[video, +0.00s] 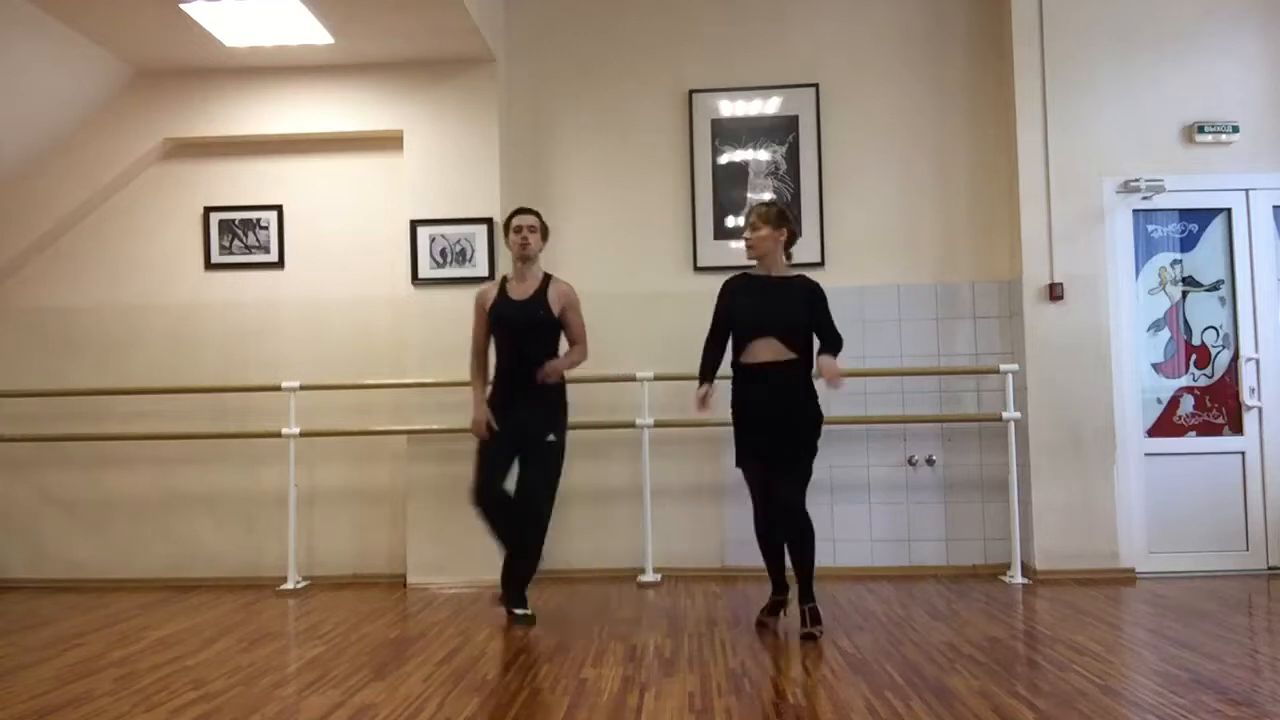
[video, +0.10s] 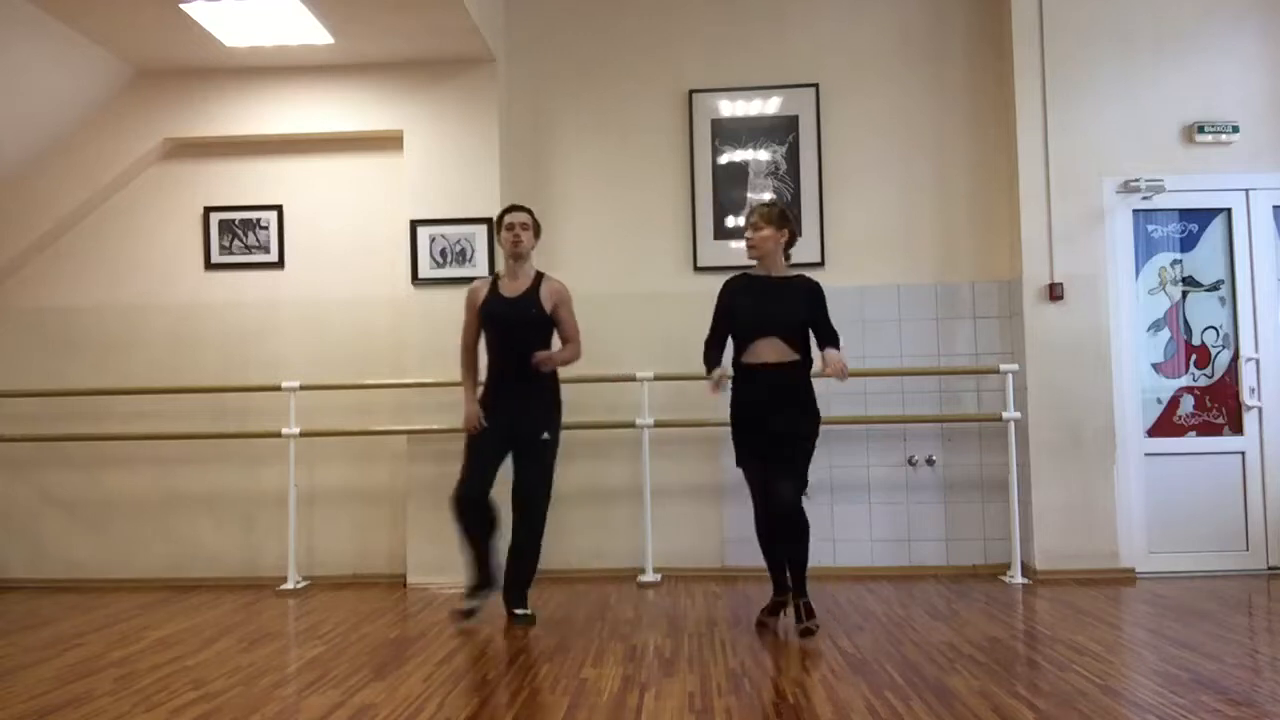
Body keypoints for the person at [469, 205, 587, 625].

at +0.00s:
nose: (524, 237)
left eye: (531, 231)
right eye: (517, 231)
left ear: (543, 240)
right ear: (507, 240)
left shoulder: (560, 292)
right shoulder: (489, 295)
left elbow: (580, 349)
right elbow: (479, 354)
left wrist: (561, 365)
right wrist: (479, 403)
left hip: (545, 407)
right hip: (503, 406)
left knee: (534, 506)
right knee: (486, 492)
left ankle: (517, 595)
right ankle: (525, 549)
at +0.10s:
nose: (516, 234)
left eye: (523, 228)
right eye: (509, 228)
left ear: (536, 238)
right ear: (499, 238)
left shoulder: (552, 290)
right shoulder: (481, 292)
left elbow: (573, 348)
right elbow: (469, 349)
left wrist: (554, 358)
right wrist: (470, 400)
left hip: (539, 408)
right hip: (495, 406)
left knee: (530, 507)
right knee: (469, 495)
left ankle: (517, 598)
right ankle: (485, 575)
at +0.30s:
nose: (493, 235)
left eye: (500, 229)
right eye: (486, 229)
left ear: (512, 238)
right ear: (474, 239)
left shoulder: (528, 293)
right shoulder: (453, 293)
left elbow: (545, 356)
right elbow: (438, 350)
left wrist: (535, 361)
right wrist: (441, 402)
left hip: (514, 413)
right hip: (467, 413)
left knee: (520, 511)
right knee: (445, 509)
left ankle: (517, 600)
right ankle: (435, 610)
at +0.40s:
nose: (481, 229)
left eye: (489, 223)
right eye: (473, 223)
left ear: (501, 233)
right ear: (462, 234)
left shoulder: (518, 288)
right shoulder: (441, 287)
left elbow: (531, 344)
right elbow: (422, 346)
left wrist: (533, 356)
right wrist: (428, 398)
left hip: (499, 402)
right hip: (452, 403)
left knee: (509, 498)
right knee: (438, 507)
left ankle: (501, 588)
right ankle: (433, 609)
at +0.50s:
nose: (469, 228)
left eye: (477, 222)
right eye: (461, 222)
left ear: (490, 232)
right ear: (450, 233)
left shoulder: (510, 286)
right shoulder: (431, 287)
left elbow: (523, 338)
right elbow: (405, 349)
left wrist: (530, 357)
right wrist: (417, 403)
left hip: (483, 404)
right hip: (437, 403)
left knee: (478, 505)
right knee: (431, 508)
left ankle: (461, 592)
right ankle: (431, 610)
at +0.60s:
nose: (462, 229)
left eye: (470, 223)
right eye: (455, 223)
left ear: (483, 233)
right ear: (443, 233)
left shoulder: (504, 286)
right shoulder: (424, 290)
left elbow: (520, 341)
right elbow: (401, 352)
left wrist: (528, 353)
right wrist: (412, 406)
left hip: (476, 404)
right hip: (429, 403)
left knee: (458, 503)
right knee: (425, 507)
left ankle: (452, 606)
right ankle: (430, 610)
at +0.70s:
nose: (458, 226)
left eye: (466, 219)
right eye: (450, 219)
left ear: (479, 229)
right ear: (439, 230)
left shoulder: (499, 282)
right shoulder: (419, 287)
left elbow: (516, 339)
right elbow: (401, 349)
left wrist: (526, 350)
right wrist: (410, 397)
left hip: (476, 406)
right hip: (428, 405)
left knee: (465, 506)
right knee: (425, 508)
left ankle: (454, 603)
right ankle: (431, 609)